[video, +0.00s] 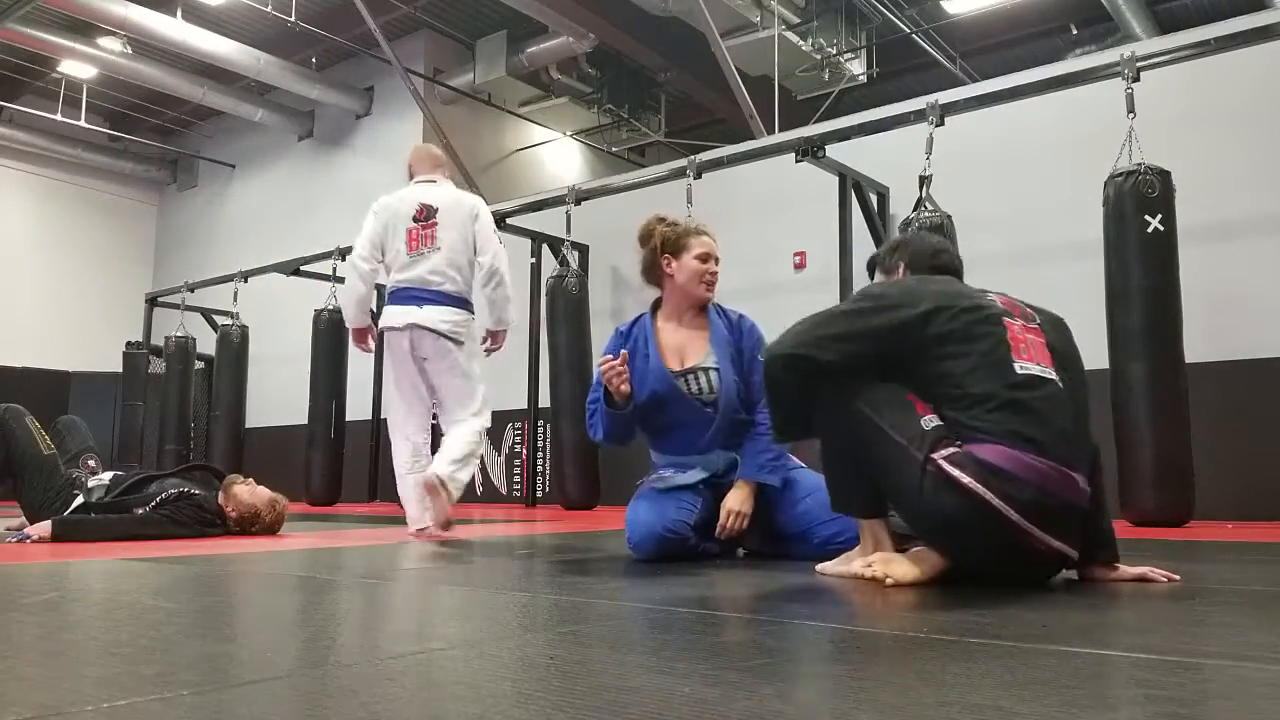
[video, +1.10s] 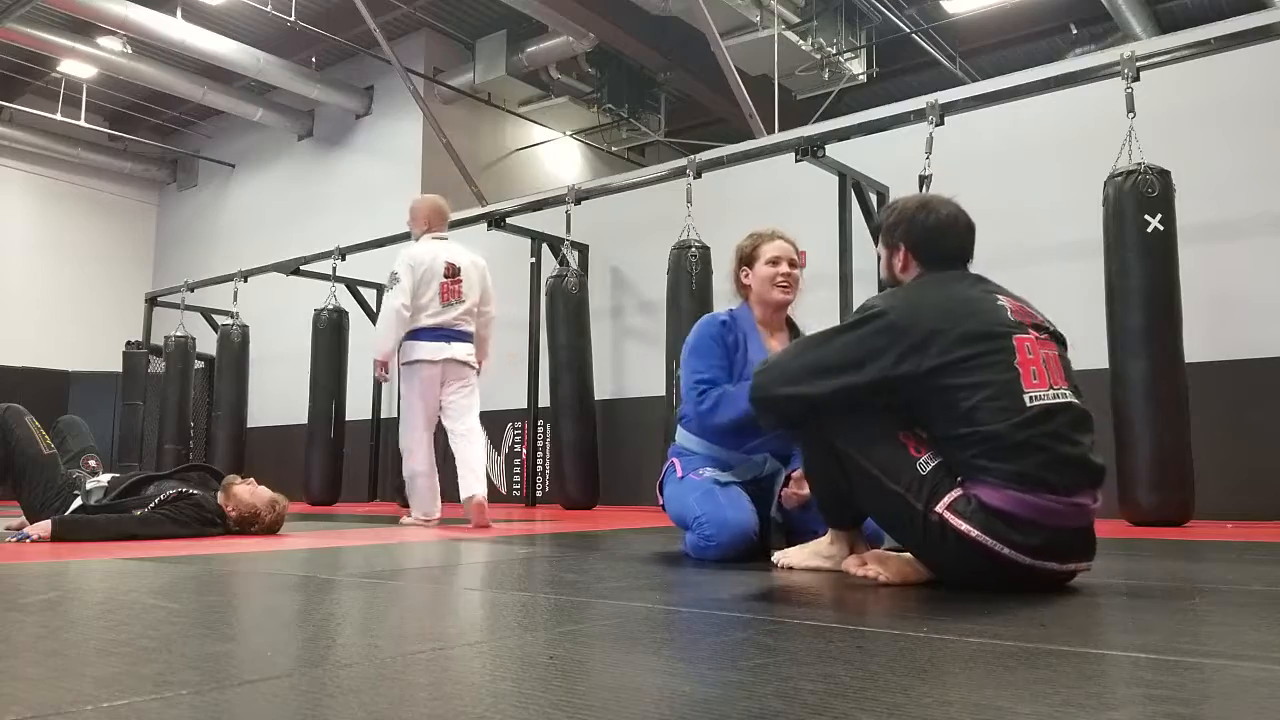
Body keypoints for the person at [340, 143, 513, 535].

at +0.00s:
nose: (447, 178)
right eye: (448, 172)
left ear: (409, 175)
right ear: (448, 173)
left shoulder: (386, 206)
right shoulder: (472, 205)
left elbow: (360, 264)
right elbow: (493, 265)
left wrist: (357, 319)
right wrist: (498, 320)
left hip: (396, 322)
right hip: (448, 323)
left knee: (407, 421)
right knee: (467, 416)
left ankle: (421, 524)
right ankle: (442, 478)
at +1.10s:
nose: (409, 225)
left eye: (411, 219)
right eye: (409, 219)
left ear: (423, 221)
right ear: (445, 222)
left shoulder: (411, 255)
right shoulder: (474, 259)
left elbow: (398, 305)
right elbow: (486, 314)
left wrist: (383, 350)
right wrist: (480, 353)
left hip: (420, 353)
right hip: (462, 354)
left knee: (416, 431)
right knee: (466, 426)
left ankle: (425, 510)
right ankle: (476, 494)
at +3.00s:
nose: (174, 251)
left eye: (181, 247)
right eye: (176, 247)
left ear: (199, 253)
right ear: (200, 255)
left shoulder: (189, 280)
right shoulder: (215, 285)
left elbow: (166, 318)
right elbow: (223, 337)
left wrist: (123, 342)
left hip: (182, 370)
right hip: (206, 372)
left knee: (154, 436)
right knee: (190, 441)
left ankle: (198, 489)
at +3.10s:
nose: (162, 252)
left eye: (169, 248)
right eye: (163, 247)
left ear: (187, 254)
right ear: (189, 256)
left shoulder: (174, 282)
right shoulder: (205, 285)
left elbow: (163, 330)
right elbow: (212, 337)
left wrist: (147, 374)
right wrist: (201, 364)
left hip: (172, 374)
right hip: (197, 375)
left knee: (133, 437)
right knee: (187, 446)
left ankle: (162, 491)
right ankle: (190, 498)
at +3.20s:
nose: (149, 254)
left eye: (156, 251)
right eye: (151, 249)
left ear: (174, 257)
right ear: (178, 259)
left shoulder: (163, 283)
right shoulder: (192, 287)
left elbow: (159, 329)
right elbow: (206, 334)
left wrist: (135, 368)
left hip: (161, 372)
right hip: (187, 373)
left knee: (125, 435)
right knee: (182, 440)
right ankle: (192, 494)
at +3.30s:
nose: (136, 257)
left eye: (142, 253)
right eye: (137, 253)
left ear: (159, 259)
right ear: (162, 261)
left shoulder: (150, 285)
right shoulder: (181, 290)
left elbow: (143, 331)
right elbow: (187, 339)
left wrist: (121, 368)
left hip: (148, 374)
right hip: (175, 376)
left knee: (120, 439)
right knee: (175, 443)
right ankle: (188, 497)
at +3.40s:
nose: (120, 259)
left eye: (127, 254)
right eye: (122, 254)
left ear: (144, 260)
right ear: (147, 262)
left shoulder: (134, 286)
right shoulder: (168, 293)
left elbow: (125, 332)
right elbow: (173, 341)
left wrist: (101, 370)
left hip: (130, 378)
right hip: (159, 380)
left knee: (104, 444)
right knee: (161, 446)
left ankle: (88, 505)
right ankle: (186, 496)